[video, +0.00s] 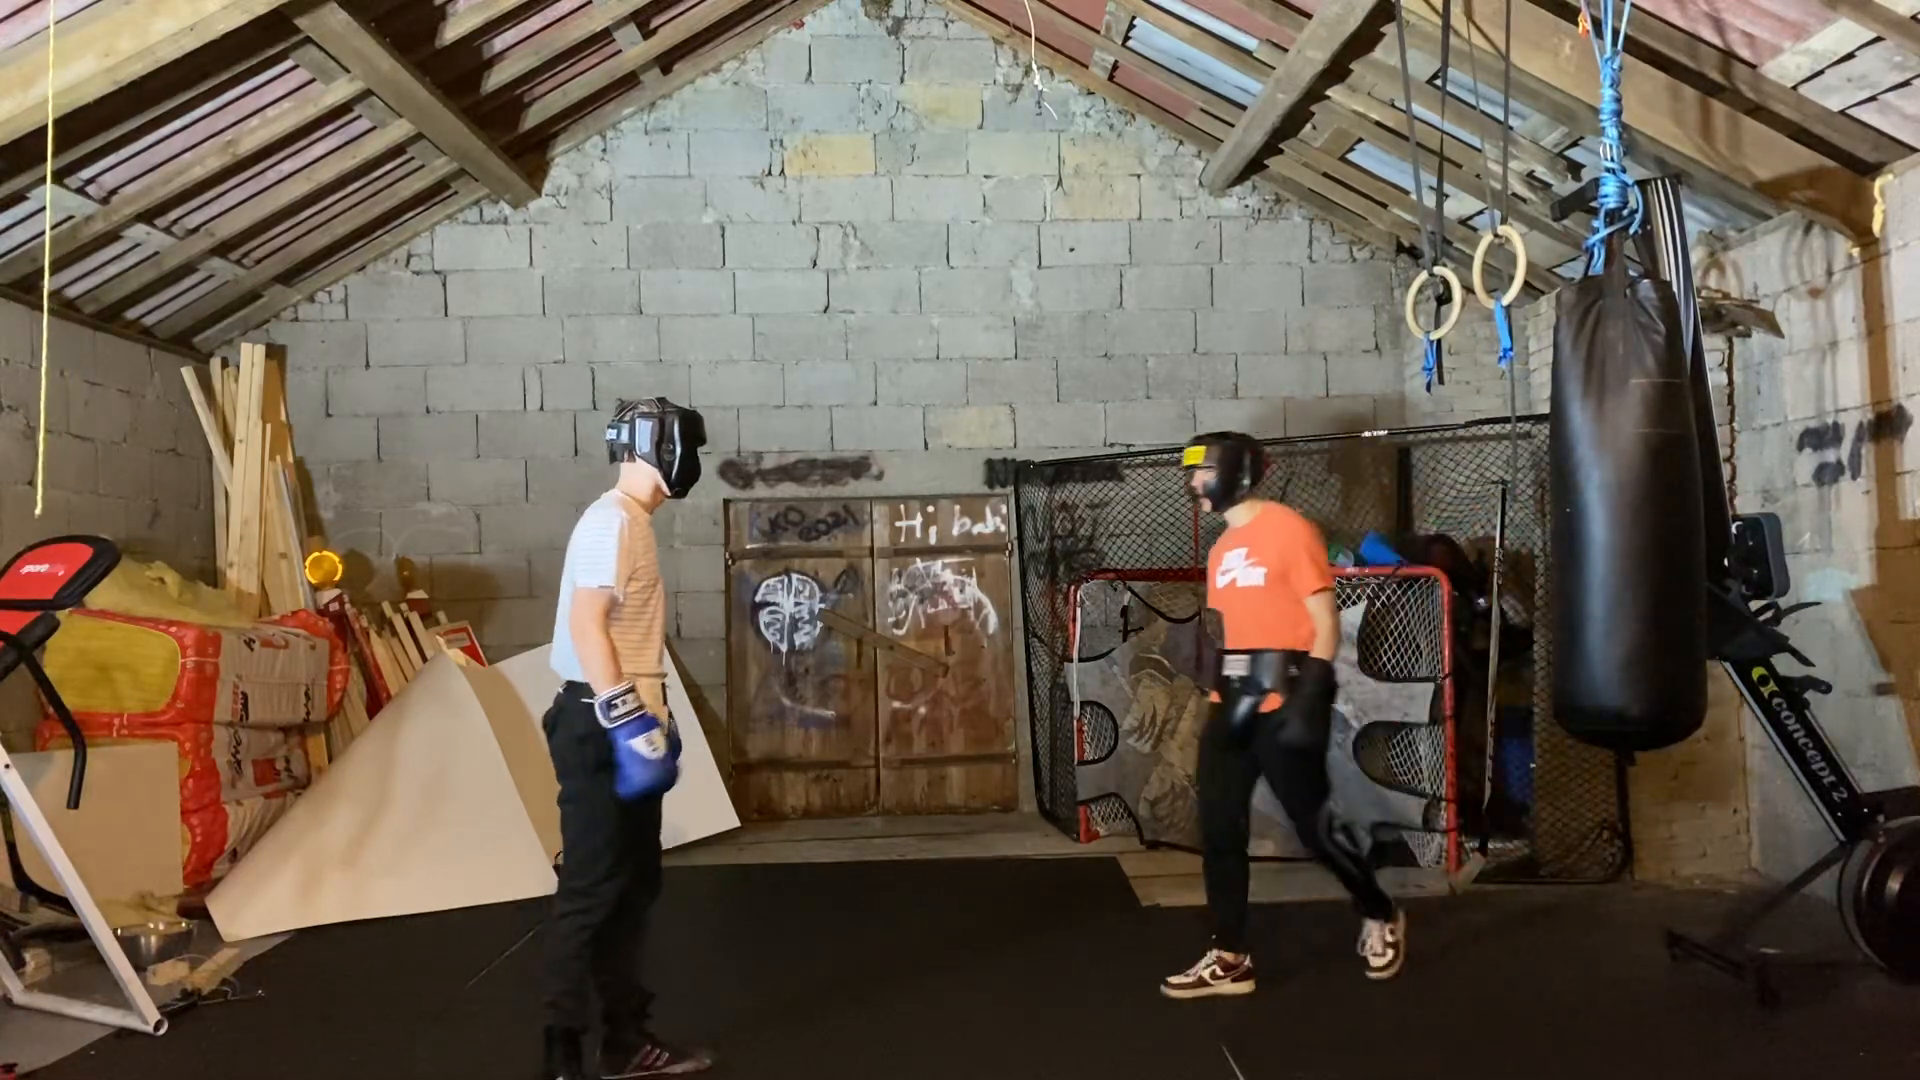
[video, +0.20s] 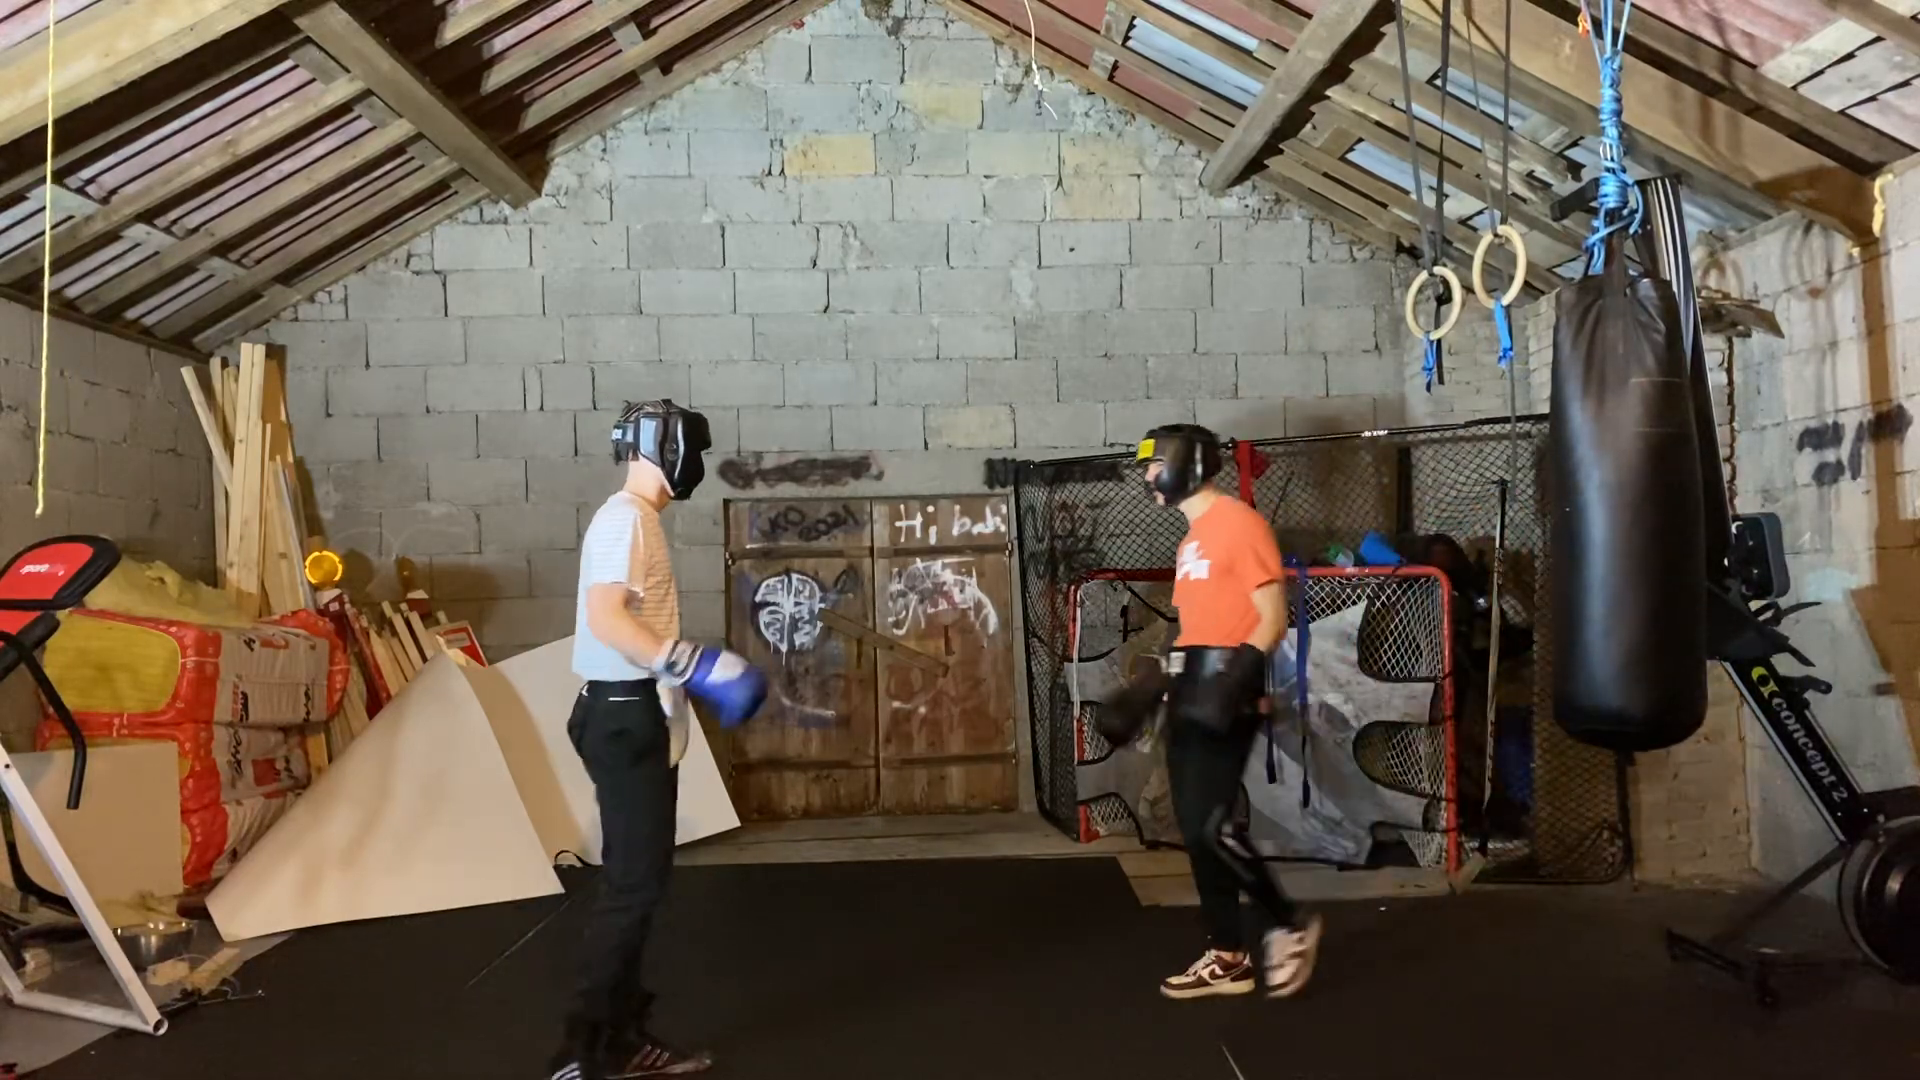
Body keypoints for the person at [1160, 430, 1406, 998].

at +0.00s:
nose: (1194, 482)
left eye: (1203, 470)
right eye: (1193, 471)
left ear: (1237, 472)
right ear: (1218, 477)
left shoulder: (1289, 529)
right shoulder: (1220, 549)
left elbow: (1326, 619)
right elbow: (1222, 630)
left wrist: (1310, 695)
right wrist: (1214, 696)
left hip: (1288, 693)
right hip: (1232, 699)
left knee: (1314, 826)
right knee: (1219, 828)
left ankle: (1381, 915)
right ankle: (1230, 955)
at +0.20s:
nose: (1149, 477)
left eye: (1157, 465)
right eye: (1149, 467)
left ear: (1190, 466)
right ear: (1187, 469)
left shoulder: (1242, 524)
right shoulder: (1195, 536)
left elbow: (1275, 615)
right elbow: (1192, 626)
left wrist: (1235, 684)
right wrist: (1153, 683)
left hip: (1229, 682)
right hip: (1194, 682)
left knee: (1211, 822)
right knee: (1195, 823)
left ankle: (1289, 926)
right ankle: (1228, 953)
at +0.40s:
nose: (1118, 483)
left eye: (1124, 471)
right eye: (1118, 472)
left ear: (1153, 469)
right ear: (1162, 469)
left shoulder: (1193, 527)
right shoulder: (1176, 529)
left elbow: (1208, 627)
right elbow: (1163, 622)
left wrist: (1128, 615)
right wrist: (1091, 611)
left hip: (1183, 701)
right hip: (1173, 698)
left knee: (1136, 824)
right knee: (1185, 827)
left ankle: (1146, 983)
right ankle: (1226, 954)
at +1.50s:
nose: (1118, 425)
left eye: (1122, 414)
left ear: (1132, 417)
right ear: (1198, 421)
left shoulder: (1098, 480)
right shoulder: (1245, 499)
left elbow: (1054, 584)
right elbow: (1288, 635)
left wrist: (1047, 637)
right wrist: (1222, 646)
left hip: (1111, 721)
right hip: (1205, 723)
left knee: (1115, 880)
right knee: (1232, 900)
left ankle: (1128, 1050)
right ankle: (1252, 1064)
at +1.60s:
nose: (1119, 416)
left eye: (1123, 404)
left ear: (1133, 408)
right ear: (1201, 411)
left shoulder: (1094, 480)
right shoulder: (1253, 494)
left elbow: (1029, 591)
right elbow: (1292, 636)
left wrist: (1075, 592)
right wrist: (1239, 653)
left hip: (1111, 723)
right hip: (1206, 727)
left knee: (1113, 885)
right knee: (1232, 913)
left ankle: (1108, 1058)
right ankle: (1249, 1068)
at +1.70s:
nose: (1127, 441)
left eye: (1129, 429)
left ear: (1136, 433)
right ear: (1209, 433)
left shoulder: (1092, 513)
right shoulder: (1255, 523)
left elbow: (1022, 633)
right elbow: (1309, 664)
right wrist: (1268, 694)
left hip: (1119, 763)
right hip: (1216, 765)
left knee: (1110, 954)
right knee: (1260, 966)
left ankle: (1095, 1069)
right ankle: (1263, 1071)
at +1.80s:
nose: (1145, 467)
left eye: (1146, 456)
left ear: (1152, 460)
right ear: (1227, 462)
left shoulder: (1104, 549)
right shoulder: (1268, 556)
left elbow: (1036, 682)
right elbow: (1325, 708)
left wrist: (1098, 685)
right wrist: (1276, 738)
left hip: (1131, 808)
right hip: (1229, 812)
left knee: (1121, 973)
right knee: (1269, 1008)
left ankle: (1104, 1075)